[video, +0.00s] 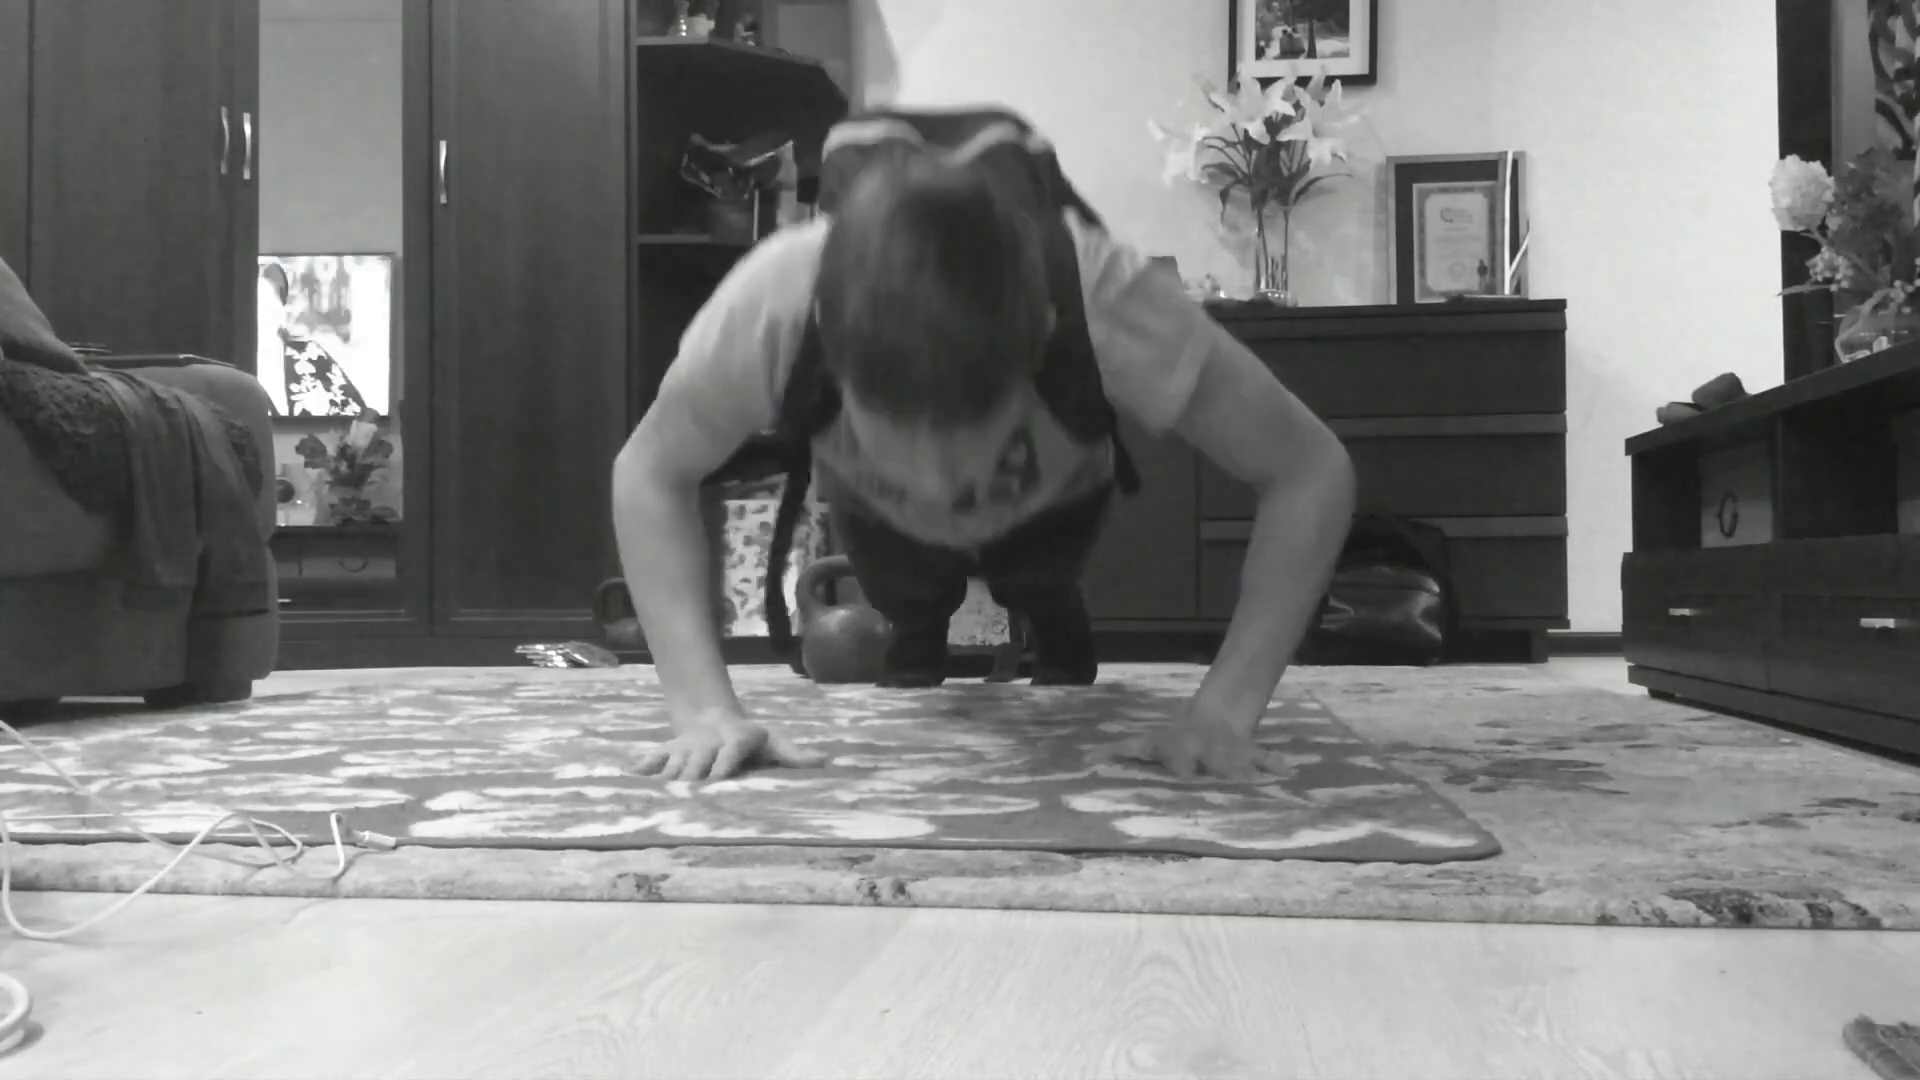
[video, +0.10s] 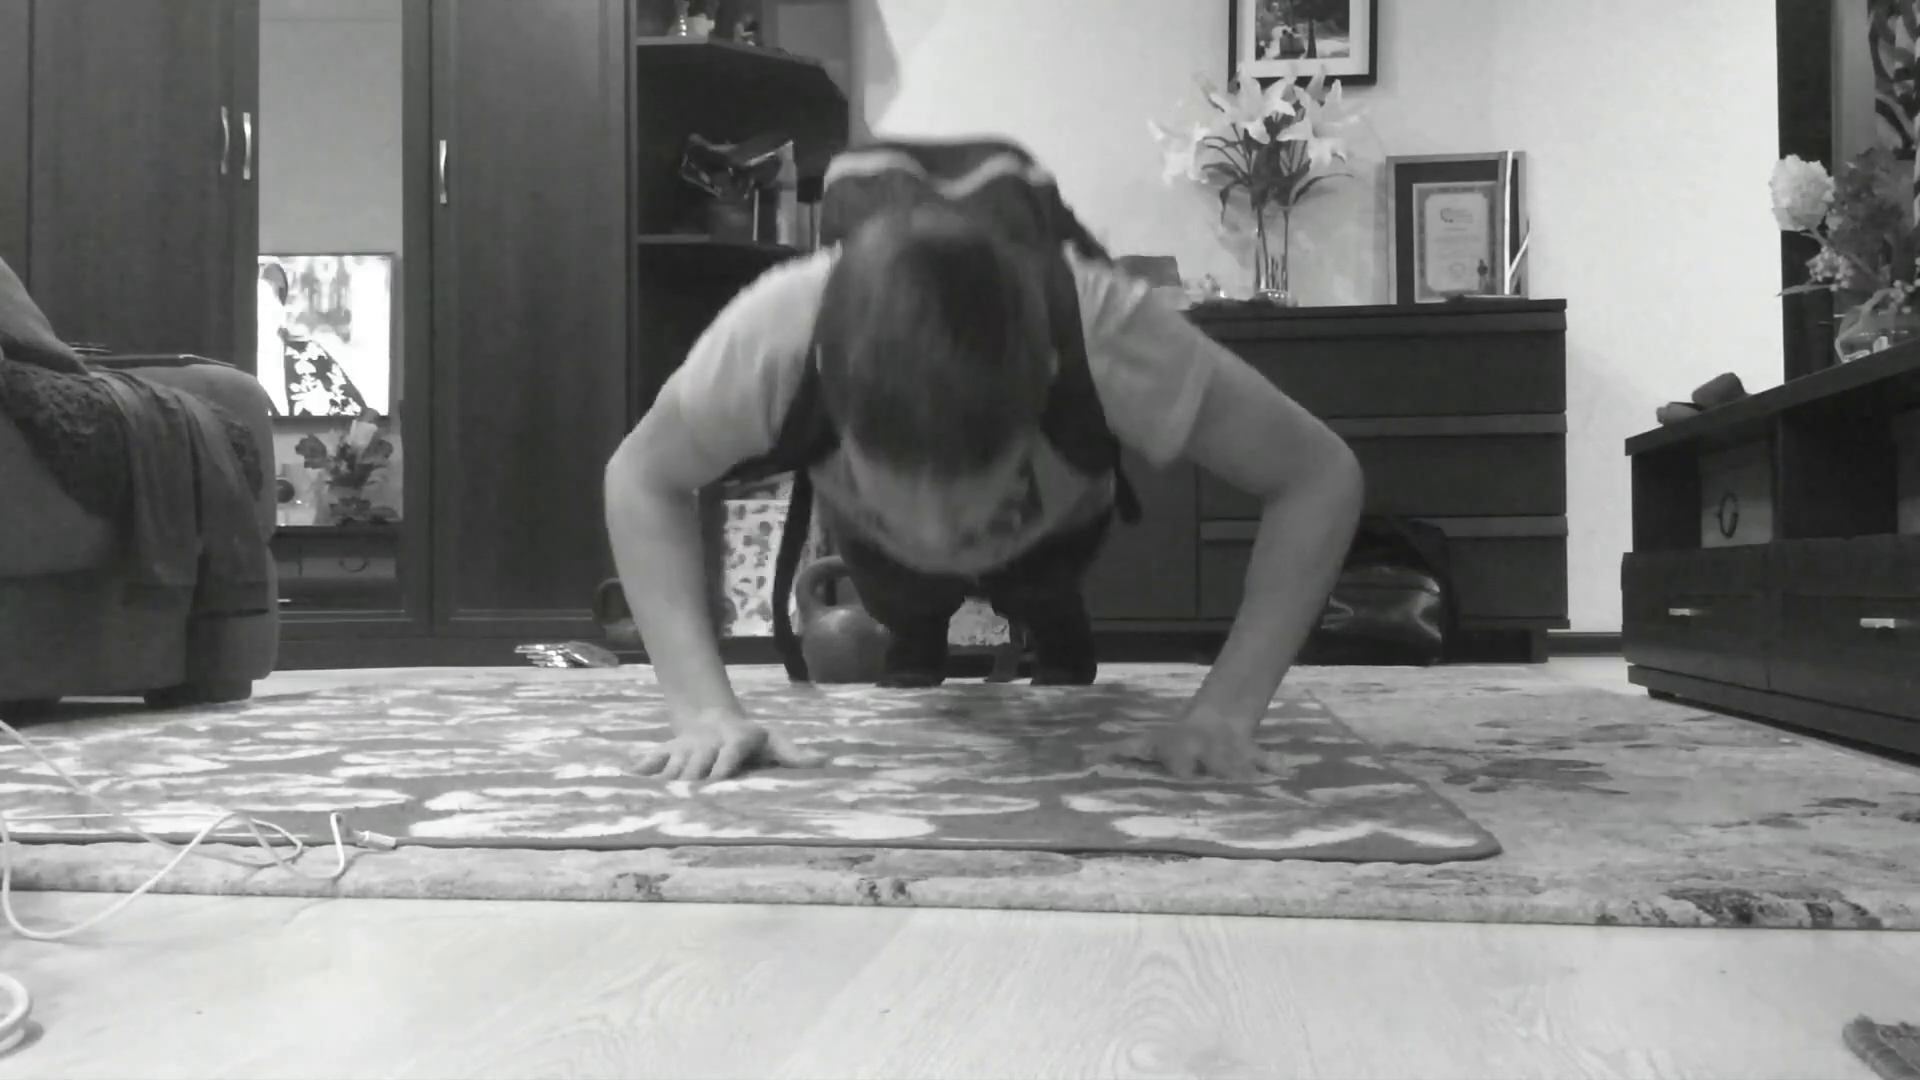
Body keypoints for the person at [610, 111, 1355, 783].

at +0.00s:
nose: (939, 502)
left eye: (980, 465)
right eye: (896, 469)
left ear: (1040, 353)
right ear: (840, 366)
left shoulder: (1117, 314)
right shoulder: (772, 312)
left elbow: (1315, 470)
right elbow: (649, 475)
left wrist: (1227, 709)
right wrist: (702, 704)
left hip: (1052, 503)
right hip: (881, 524)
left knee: (1044, 581)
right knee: (908, 601)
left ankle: (1051, 625)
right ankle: (917, 639)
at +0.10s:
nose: (947, 548)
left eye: (984, 512)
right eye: (901, 523)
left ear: (1049, 398)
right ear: (841, 425)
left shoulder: (1125, 349)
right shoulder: (771, 348)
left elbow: (1323, 476)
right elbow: (644, 477)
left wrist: (1233, 704)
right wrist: (700, 705)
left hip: (1056, 521)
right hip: (883, 544)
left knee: (1045, 587)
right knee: (904, 606)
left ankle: (1048, 627)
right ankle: (918, 632)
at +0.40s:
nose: (936, 677)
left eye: (977, 644)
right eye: (895, 646)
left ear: (1050, 529)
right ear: (829, 535)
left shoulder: (1130, 450)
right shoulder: (763, 456)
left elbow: (1339, 484)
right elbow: (622, 491)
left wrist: (1228, 709)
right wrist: (701, 703)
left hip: (1022, 301)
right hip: (863, 299)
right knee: (851, 668)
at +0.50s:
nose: (937, 703)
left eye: (978, 660)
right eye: (893, 662)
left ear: (1047, 557)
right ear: (829, 561)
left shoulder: (1127, 470)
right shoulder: (759, 475)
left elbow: (1342, 486)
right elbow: (618, 492)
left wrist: (1230, 710)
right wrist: (703, 709)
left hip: (1020, 326)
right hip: (858, 321)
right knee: (824, 660)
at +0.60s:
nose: (936, 722)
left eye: (976, 687)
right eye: (893, 683)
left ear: (1049, 573)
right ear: (826, 575)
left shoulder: (1129, 481)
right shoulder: (757, 490)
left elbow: (1340, 485)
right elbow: (614, 492)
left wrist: (1227, 712)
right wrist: (699, 705)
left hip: (1018, 346)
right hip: (863, 340)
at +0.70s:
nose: (937, 746)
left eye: (976, 707)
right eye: (895, 703)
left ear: (1050, 592)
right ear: (827, 599)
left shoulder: (1128, 508)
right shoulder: (758, 515)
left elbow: (1339, 487)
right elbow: (612, 493)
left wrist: (1233, 704)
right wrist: (701, 704)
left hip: (1017, 367)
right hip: (858, 362)